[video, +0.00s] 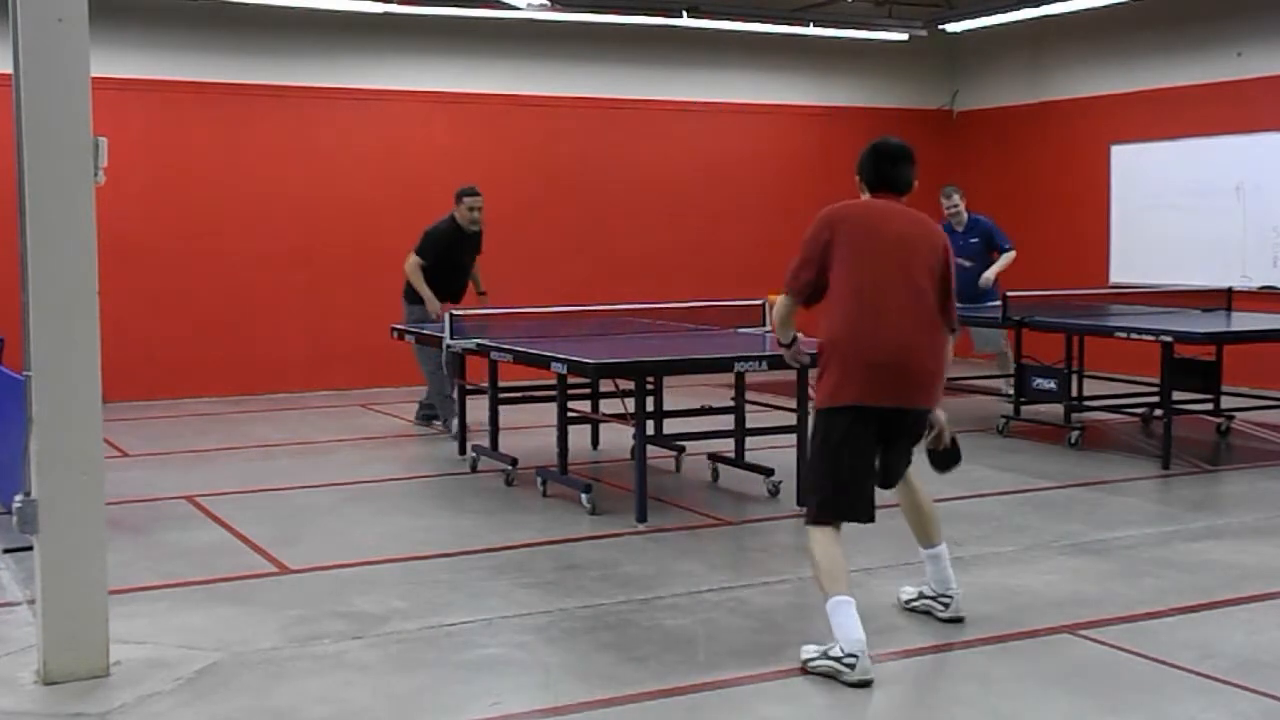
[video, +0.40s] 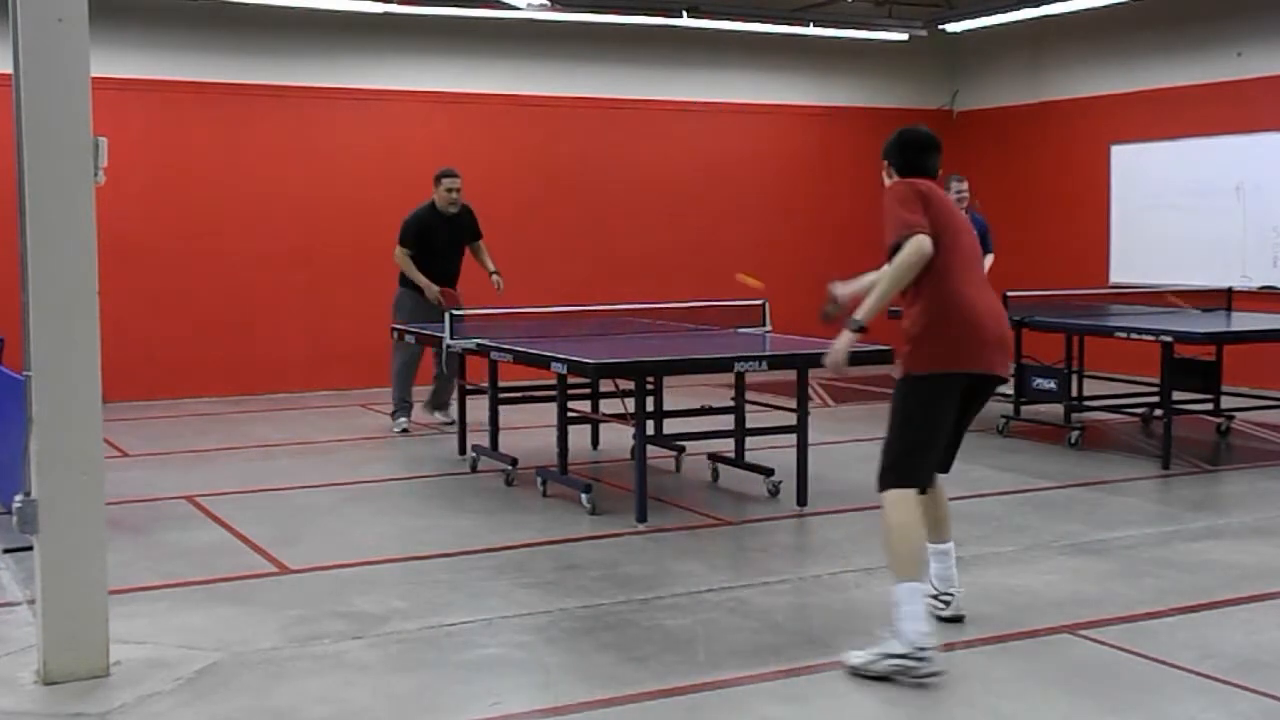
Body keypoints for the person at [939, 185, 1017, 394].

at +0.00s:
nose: (952, 211)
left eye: (955, 206)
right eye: (947, 208)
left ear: (964, 203)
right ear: (942, 209)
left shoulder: (982, 226)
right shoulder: (942, 232)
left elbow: (1009, 251)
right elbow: (935, 261)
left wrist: (993, 271)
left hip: (984, 301)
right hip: (954, 301)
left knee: (999, 346)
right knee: (943, 345)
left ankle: (1010, 385)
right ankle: (936, 388)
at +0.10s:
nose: (950, 210)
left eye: (954, 205)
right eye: (945, 206)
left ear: (963, 202)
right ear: (941, 208)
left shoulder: (981, 225)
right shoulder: (940, 230)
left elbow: (1008, 251)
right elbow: (932, 261)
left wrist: (990, 272)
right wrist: (941, 286)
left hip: (983, 301)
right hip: (952, 302)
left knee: (1000, 346)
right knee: (946, 348)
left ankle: (1009, 385)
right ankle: (942, 392)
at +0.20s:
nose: (952, 205)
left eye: (955, 200)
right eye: (947, 201)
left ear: (963, 199)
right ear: (941, 204)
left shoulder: (980, 224)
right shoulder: (940, 226)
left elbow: (1003, 251)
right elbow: (934, 255)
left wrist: (985, 270)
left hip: (981, 295)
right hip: (953, 296)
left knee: (997, 341)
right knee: (952, 341)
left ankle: (1007, 383)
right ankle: (951, 386)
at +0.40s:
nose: (963, 196)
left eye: (966, 192)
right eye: (958, 192)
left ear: (969, 193)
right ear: (947, 194)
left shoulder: (977, 222)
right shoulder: (943, 222)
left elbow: (989, 252)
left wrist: (981, 273)